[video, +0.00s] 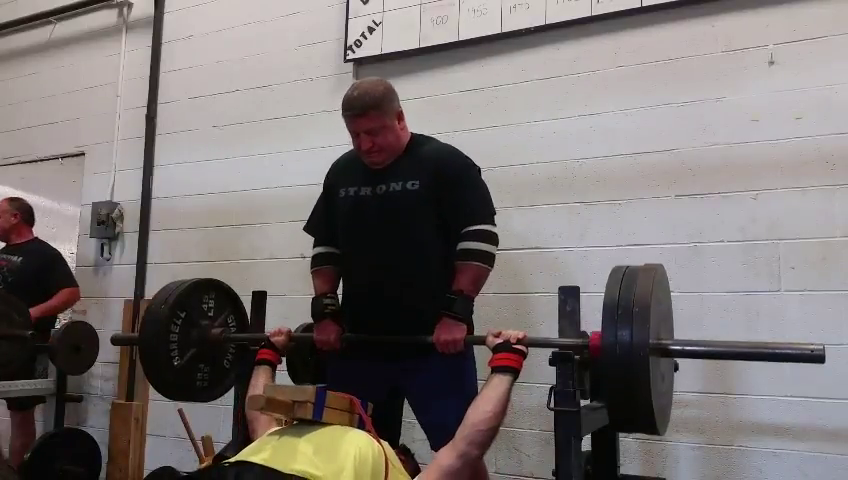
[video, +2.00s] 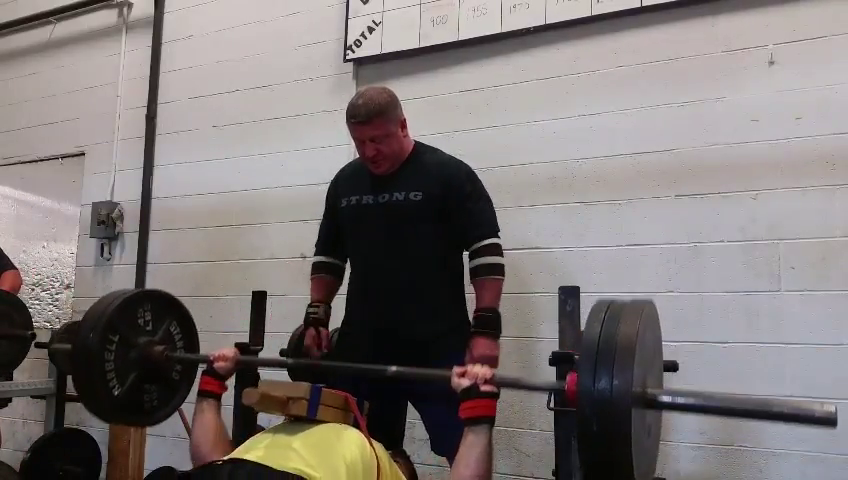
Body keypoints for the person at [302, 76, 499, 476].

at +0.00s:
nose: (366, 144)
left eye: (375, 133)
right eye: (356, 135)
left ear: (400, 120)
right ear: (348, 129)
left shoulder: (448, 166)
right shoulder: (342, 173)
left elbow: (479, 241)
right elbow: (326, 248)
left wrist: (456, 311)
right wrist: (325, 312)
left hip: (436, 341)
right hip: (360, 342)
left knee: (460, 456)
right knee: (356, 459)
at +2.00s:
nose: (369, 151)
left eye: (378, 140)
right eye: (360, 142)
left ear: (403, 127)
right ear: (352, 136)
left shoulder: (451, 177)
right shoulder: (345, 183)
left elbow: (486, 254)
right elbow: (328, 257)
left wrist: (486, 329)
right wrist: (316, 317)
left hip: (438, 345)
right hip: (365, 344)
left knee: (466, 455)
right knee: (367, 458)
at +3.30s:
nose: (361, 157)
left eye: (370, 146)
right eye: (351, 148)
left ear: (393, 129)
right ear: (342, 140)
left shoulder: (443, 175)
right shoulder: (337, 184)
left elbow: (478, 255)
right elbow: (323, 261)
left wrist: (475, 332)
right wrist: (312, 322)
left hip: (436, 340)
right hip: (363, 341)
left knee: (465, 450)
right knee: (363, 454)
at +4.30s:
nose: (361, 159)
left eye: (369, 149)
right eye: (352, 151)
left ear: (394, 131)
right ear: (342, 142)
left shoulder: (444, 177)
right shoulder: (339, 184)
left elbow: (478, 256)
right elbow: (324, 260)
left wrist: (474, 329)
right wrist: (313, 323)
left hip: (439, 342)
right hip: (364, 342)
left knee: (469, 455)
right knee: (365, 457)